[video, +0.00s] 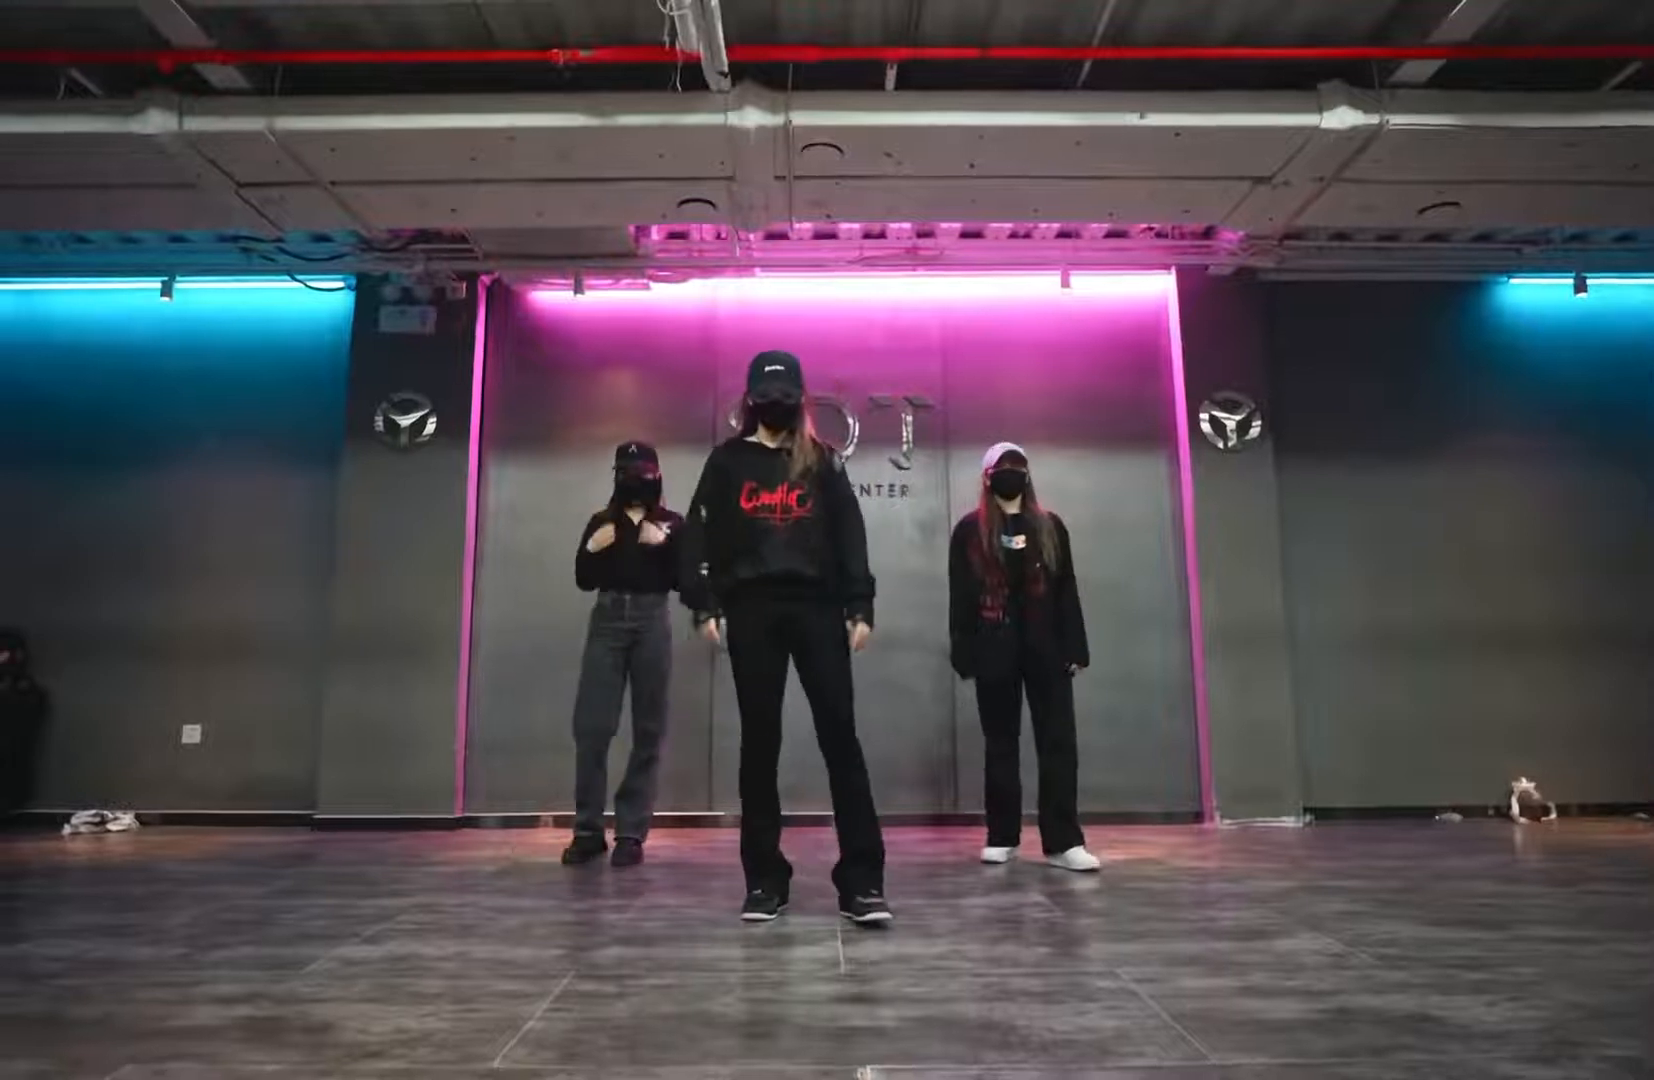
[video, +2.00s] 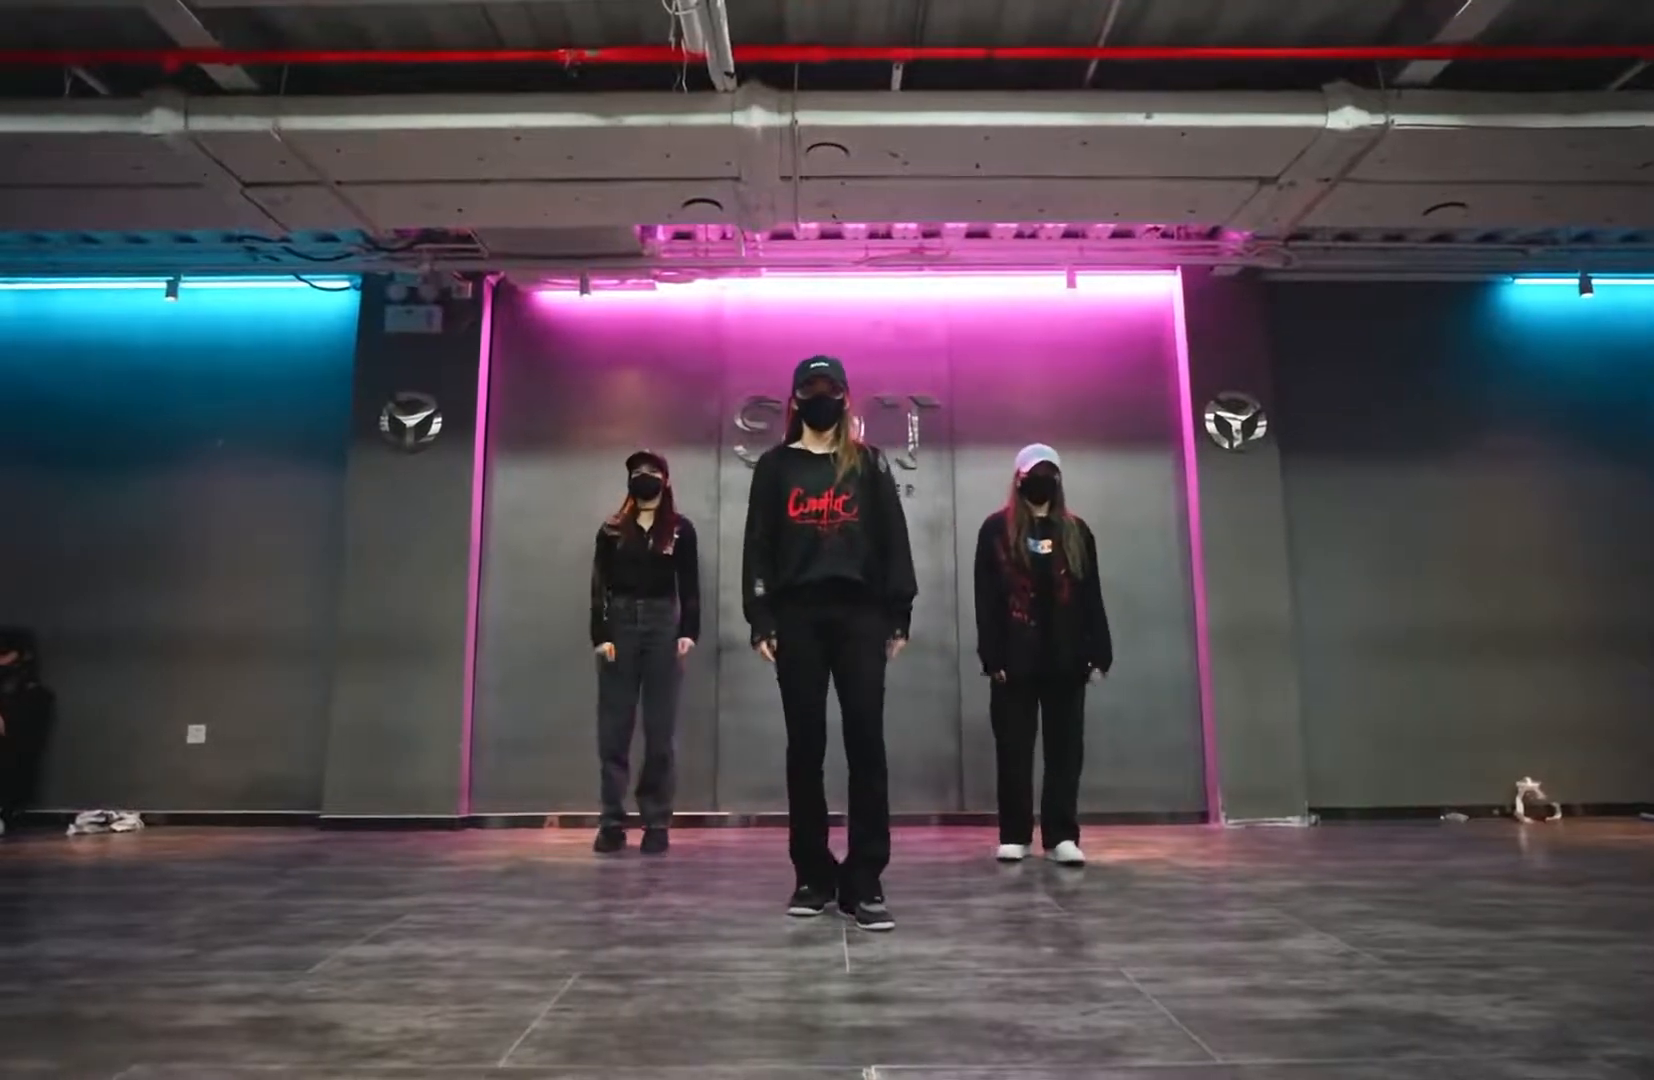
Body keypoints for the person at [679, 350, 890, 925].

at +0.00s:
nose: (776, 409)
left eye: (785, 399)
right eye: (767, 400)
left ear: (800, 397)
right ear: (751, 398)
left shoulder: (822, 461)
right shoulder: (726, 461)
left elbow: (850, 534)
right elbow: (694, 537)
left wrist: (860, 604)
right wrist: (704, 604)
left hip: (819, 613)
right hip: (751, 615)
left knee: (841, 742)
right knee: (760, 745)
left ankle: (861, 882)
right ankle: (765, 881)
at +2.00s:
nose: (822, 397)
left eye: (831, 388)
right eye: (812, 388)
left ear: (845, 395)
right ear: (796, 397)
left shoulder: (869, 463)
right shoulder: (774, 465)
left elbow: (895, 544)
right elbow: (756, 547)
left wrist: (898, 616)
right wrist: (760, 619)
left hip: (862, 618)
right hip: (797, 619)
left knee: (866, 748)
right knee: (806, 749)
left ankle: (865, 884)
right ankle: (813, 880)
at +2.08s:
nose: (820, 398)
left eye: (829, 389)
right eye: (810, 389)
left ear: (843, 396)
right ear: (794, 398)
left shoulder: (868, 464)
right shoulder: (773, 466)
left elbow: (895, 542)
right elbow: (754, 549)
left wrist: (898, 612)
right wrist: (760, 619)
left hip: (861, 618)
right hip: (795, 619)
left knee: (865, 747)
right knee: (804, 749)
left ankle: (865, 882)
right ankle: (812, 879)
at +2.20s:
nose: (820, 401)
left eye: (829, 392)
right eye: (810, 392)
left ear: (842, 398)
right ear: (794, 399)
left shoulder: (866, 464)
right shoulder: (772, 467)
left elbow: (893, 539)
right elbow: (752, 550)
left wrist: (896, 603)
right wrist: (758, 619)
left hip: (859, 618)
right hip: (795, 620)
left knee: (865, 745)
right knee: (805, 748)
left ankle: (869, 882)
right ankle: (812, 879)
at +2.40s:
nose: (822, 399)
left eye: (831, 391)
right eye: (812, 391)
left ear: (845, 397)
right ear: (796, 399)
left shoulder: (868, 464)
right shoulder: (772, 466)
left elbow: (893, 542)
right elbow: (754, 549)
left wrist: (896, 607)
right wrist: (759, 619)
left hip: (862, 617)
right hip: (796, 619)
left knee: (875, 740)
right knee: (805, 745)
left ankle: (875, 873)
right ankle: (811, 876)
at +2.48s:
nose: (825, 399)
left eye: (833, 391)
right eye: (815, 391)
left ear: (847, 398)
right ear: (799, 399)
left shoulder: (869, 464)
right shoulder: (775, 466)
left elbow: (896, 543)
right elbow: (755, 550)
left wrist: (897, 611)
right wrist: (761, 619)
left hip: (863, 616)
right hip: (797, 618)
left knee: (875, 738)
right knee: (805, 744)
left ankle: (876, 867)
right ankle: (812, 876)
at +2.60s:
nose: (830, 402)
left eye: (838, 393)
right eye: (820, 393)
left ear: (852, 399)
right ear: (804, 401)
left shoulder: (875, 467)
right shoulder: (781, 468)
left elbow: (900, 548)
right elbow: (761, 551)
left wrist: (899, 617)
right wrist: (765, 621)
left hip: (866, 620)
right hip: (800, 620)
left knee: (872, 742)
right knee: (807, 748)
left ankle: (883, 869)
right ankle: (812, 877)